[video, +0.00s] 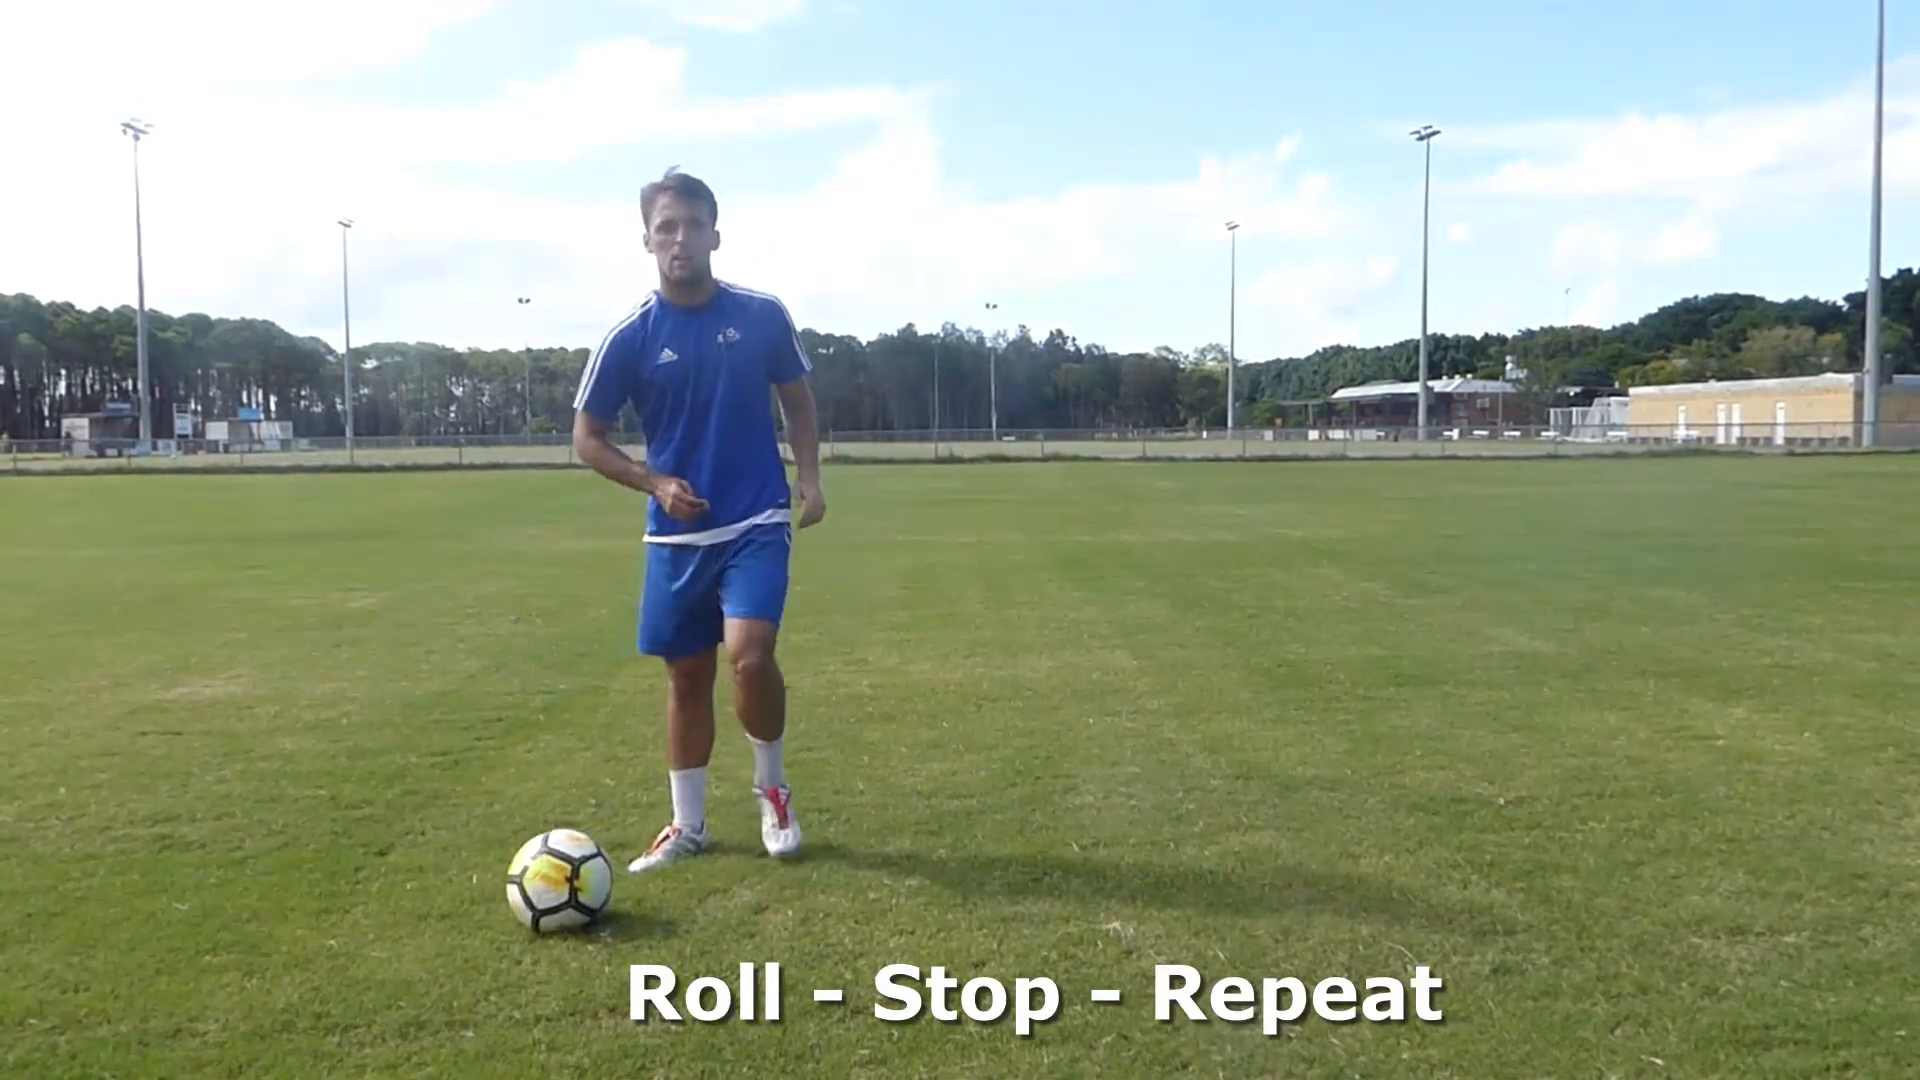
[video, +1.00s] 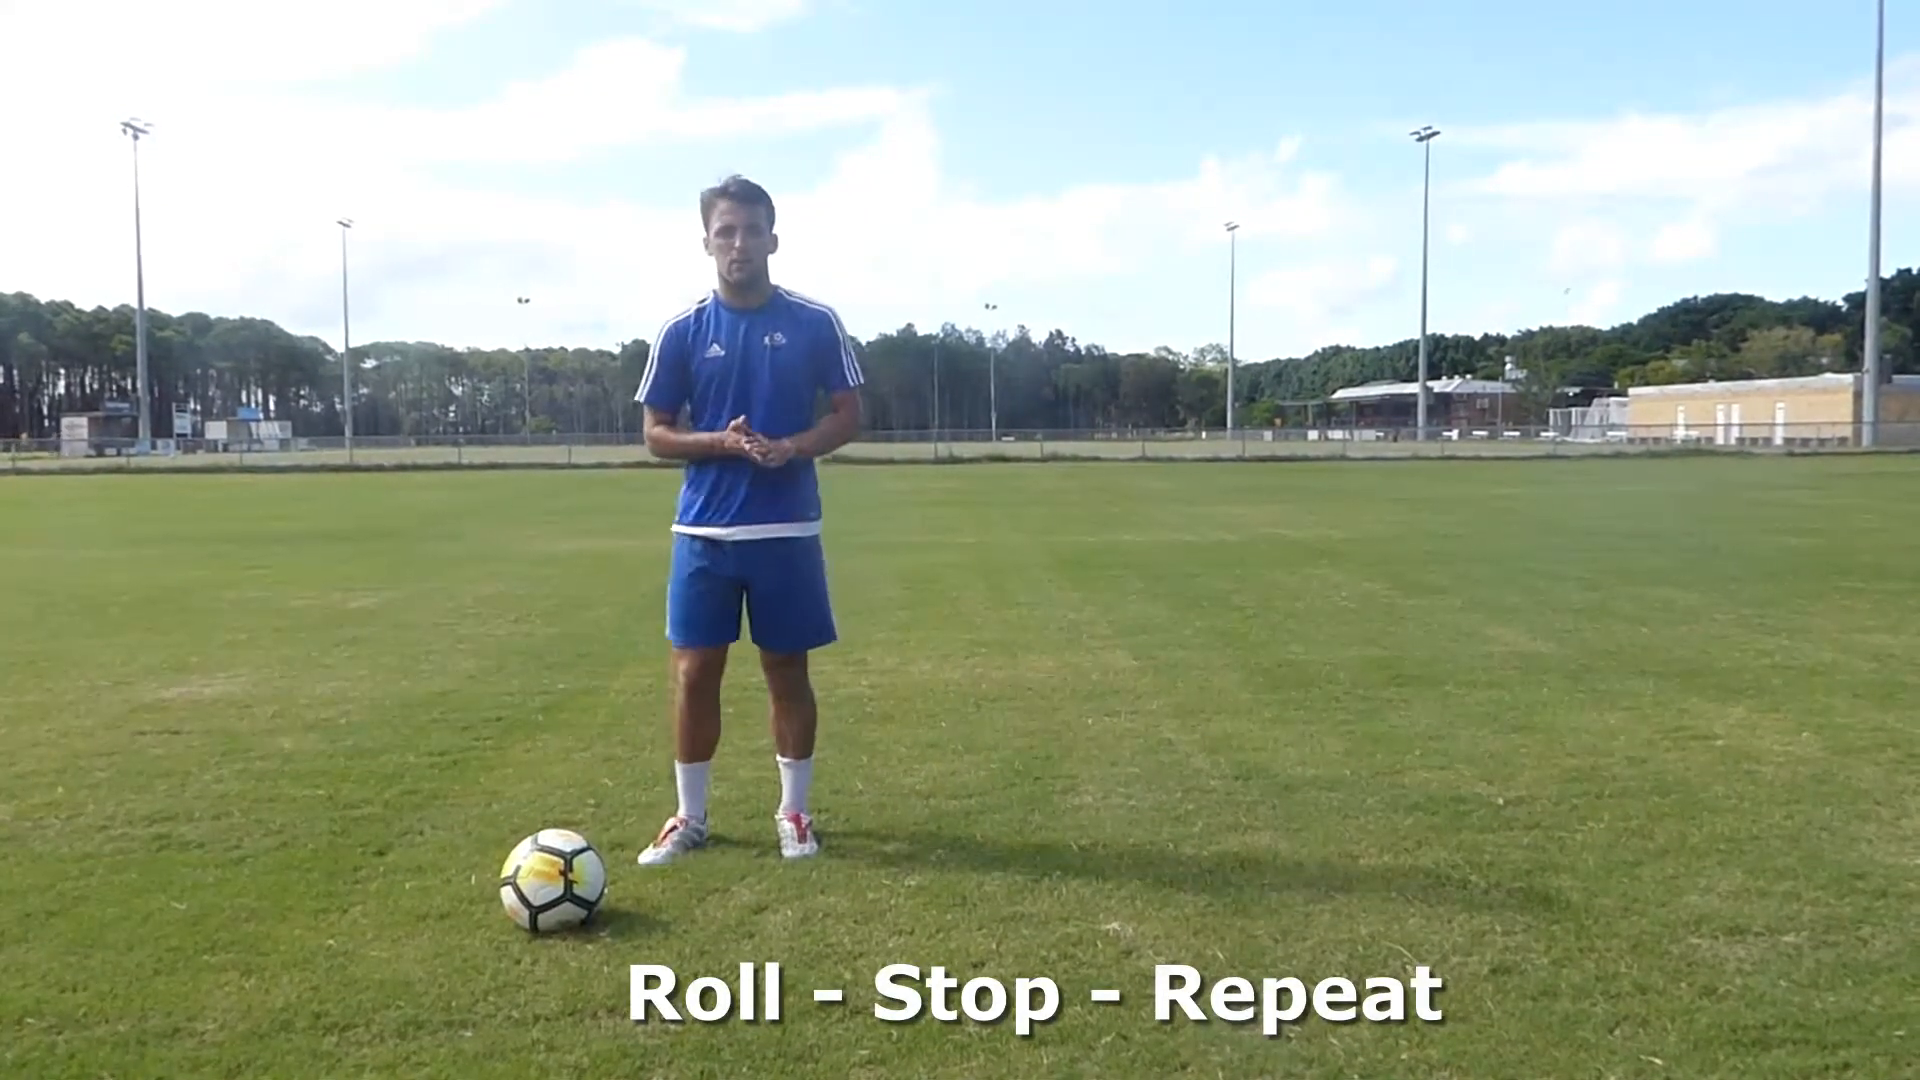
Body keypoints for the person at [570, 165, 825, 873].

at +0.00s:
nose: (680, 239)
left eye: (692, 226)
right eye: (665, 229)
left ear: (715, 233)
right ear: (647, 241)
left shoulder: (763, 316)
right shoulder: (628, 339)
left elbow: (798, 399)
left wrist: (809, 476)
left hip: (758, 522)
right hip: (677, 534)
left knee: (749, 655)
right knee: (686, 679)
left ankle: (771, 788)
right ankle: (688, 827)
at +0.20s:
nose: (703, 242)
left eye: (715, 229)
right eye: (689, 231)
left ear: (739, 235)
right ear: (672, 243)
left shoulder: (787, 322)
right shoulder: (652, 338)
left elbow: (821, 409)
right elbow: (616, 438)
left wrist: (808, 473)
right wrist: (671, 456)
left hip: (770, 534)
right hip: (690, 538)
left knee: (778, 676)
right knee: (692, 679)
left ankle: (795, 811)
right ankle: (688, 826)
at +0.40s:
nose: (734, 242)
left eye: (746, 230)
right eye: (720, 232)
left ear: (770, 236)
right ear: (704, 243)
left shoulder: (815, 324)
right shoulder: (683, 338)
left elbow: (848, 415)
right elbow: (666, 438)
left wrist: (814, 458)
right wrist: (692, 447)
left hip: (790, 531)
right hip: (707, 534)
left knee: (793, 673)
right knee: (690, 673)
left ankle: (796, 814)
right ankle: (686, 824)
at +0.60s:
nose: (750, 247)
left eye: (763, 233)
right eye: (737, 235)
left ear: (786, 237)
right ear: (721, 243)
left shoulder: (831, 324)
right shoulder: (698, 336)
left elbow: (862, 414)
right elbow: (673, 439)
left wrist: (810, 450)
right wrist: (729, 447)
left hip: (797, 530)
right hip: (715, 527)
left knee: (795, 670)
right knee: (684, 656)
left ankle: (794, 814)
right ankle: (680, 814)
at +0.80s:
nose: (751, 247)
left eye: (765, 234)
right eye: (738, 235)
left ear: (787, 239)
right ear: (721, 243)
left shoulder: (831, 325)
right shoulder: (698, 335)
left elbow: (863, 416)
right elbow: (669, 437)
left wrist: (808, 455)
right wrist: (729, 445)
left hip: (795, 532)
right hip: (712, 528)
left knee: (794, 672)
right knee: (686, 658)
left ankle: (794, 813)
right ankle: (683, 807)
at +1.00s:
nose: (738, 245)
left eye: (751, 232)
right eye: (724, 234)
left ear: (772, 237)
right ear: (707, 243)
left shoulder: (815, 324)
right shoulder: (683, 334)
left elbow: (848, 416)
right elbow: (656, 437)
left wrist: (792, 447)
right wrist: (716, 442)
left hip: (784, 533)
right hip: (702, 534)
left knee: (787, 673)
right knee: (693, 673)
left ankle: (794, 815)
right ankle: (689, 818)